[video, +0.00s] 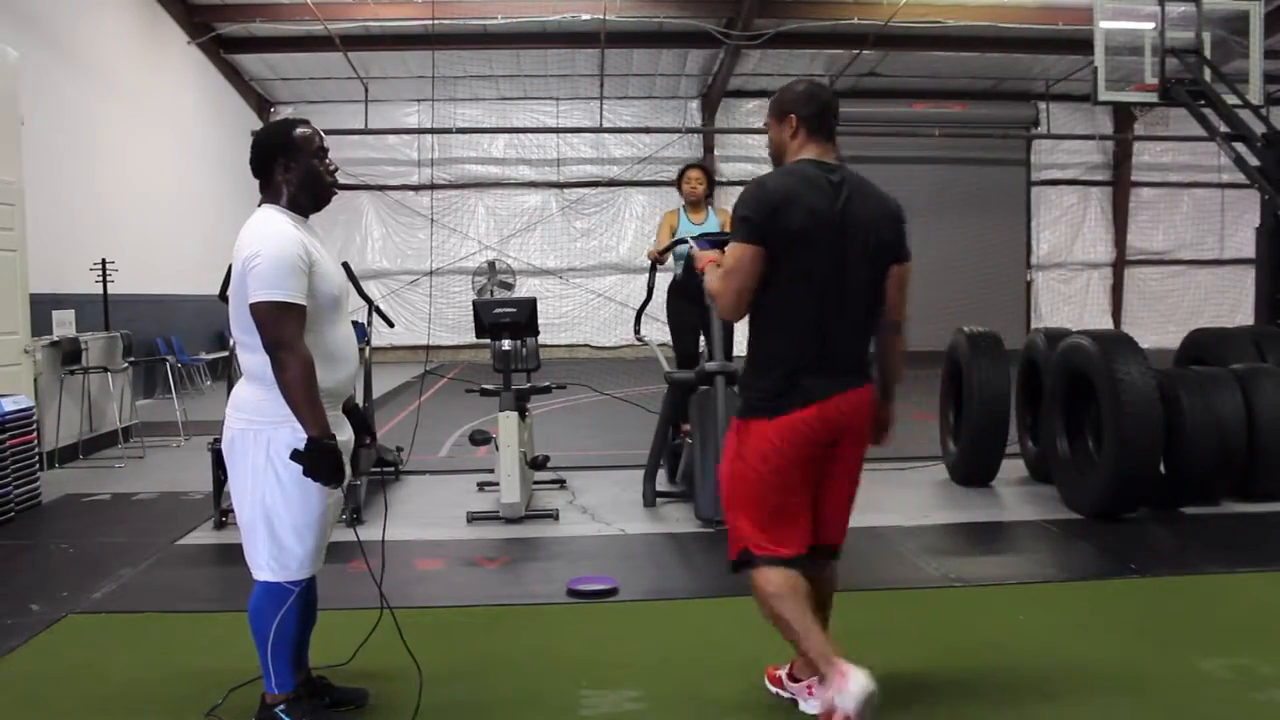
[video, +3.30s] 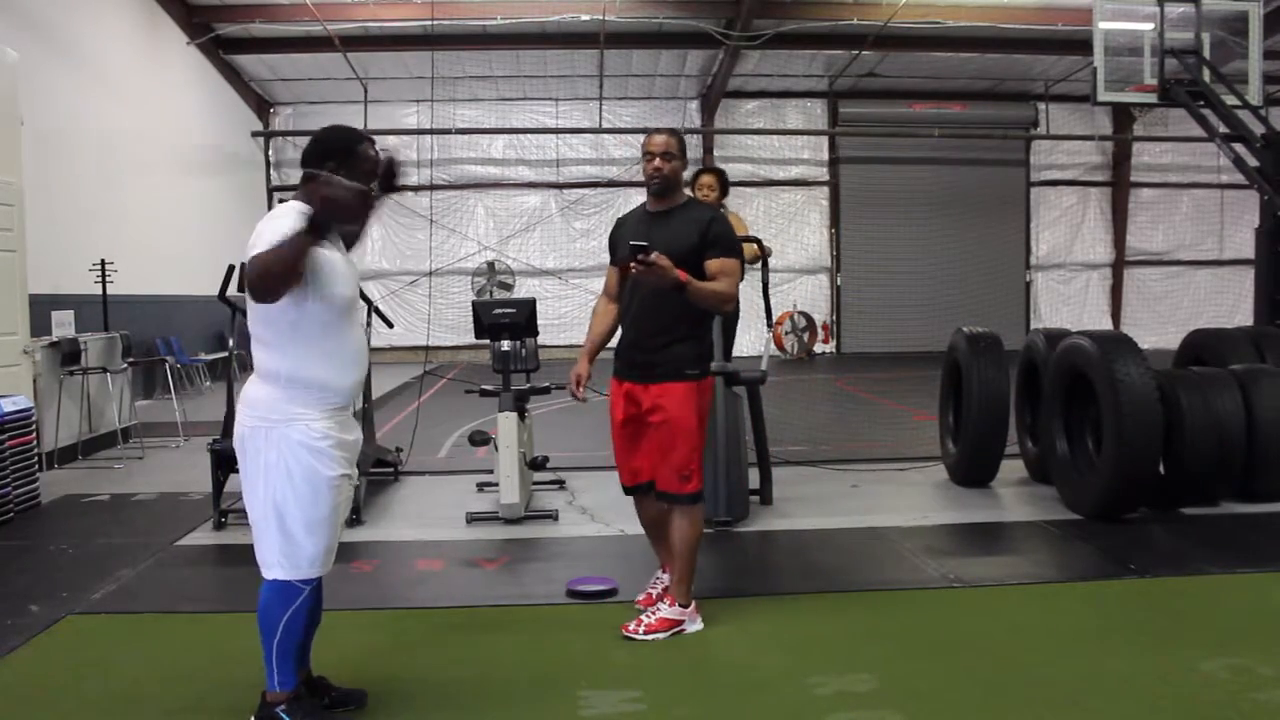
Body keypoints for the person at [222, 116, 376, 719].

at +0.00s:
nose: (333, 165)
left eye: (329, 154)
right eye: (320, 156)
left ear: (291, 171)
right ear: (286, 169)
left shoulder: (296, 236)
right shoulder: (273, 239)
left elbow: (316, 339)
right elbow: (283, 348)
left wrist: (351, 407)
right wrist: (318, 436)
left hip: (300, 427)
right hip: (276, 431)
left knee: (299, 565)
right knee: (283, 570)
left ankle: (297, 679)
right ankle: (280, 697)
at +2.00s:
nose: (341, 170)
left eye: (337, 159)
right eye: (329, 159)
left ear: (295, 171)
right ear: (293, 169)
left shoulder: (297, 238)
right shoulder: (275, 242)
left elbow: (314, 344)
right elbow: (285, 352)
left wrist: (351, 410)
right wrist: (321, 441)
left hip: (300, 428)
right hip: (277, 432)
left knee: (300, 566)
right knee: (283, 572)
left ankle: (297, 681)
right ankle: (280, 699)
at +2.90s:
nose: (357, 187)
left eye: (357, 174)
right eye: (350, 174)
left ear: (315, 175)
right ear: (312, 173)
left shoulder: (310, 235)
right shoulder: (279, 236)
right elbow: (268, 337)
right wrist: (266, 425)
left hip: (319, 427)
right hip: (289, 431)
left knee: (305, 568)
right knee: (288, 573)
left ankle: (298, 680)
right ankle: (279, 699)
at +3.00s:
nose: (370, 189)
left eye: (370, 177)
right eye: (363, 175)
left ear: (324, 175)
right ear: (324, 174)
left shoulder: (318, 236)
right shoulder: (282, 235)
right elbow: (243, 321)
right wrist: (202, 383)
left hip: (323, 429)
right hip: (291, 434)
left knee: (306, 566)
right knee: (287, 571)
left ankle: (299, 681)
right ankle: (278, 698)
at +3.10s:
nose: (378, 191)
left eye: (379, 179)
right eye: (371, 178)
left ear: (332, 177)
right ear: (330, 175)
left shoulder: (324, 239)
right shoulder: (284, 233)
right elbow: (237, 309)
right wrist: (191, 310)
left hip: (326, 426)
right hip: (292, 431)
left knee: (307, 565)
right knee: (289, 572)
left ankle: (297, 683)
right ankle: (280, 700)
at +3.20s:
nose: (378, 192)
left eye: (379, 179)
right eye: (370, 178)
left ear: (333, 178)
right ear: (331, 176)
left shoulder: (326, 235)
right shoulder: (289, 227)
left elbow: (327, 339)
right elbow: (241, 301)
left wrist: (356, 420)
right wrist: (240, 245)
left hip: (324, 426)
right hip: (290, 430)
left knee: (307, 566)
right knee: (290, 571)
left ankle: (299, 681)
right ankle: (280, 698)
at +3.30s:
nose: (369, 194)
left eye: (371, 185)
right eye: (363, 182)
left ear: (326, 174)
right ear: (330, 176)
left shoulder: (326, 234)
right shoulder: (286, 220)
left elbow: (353, 230)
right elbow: (262, 287)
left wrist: (375, 192)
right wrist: (313, 222)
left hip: (323, 423)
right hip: (287, 426)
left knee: (310, 562)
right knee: (292, 567)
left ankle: (299, 681)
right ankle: (279, 698)